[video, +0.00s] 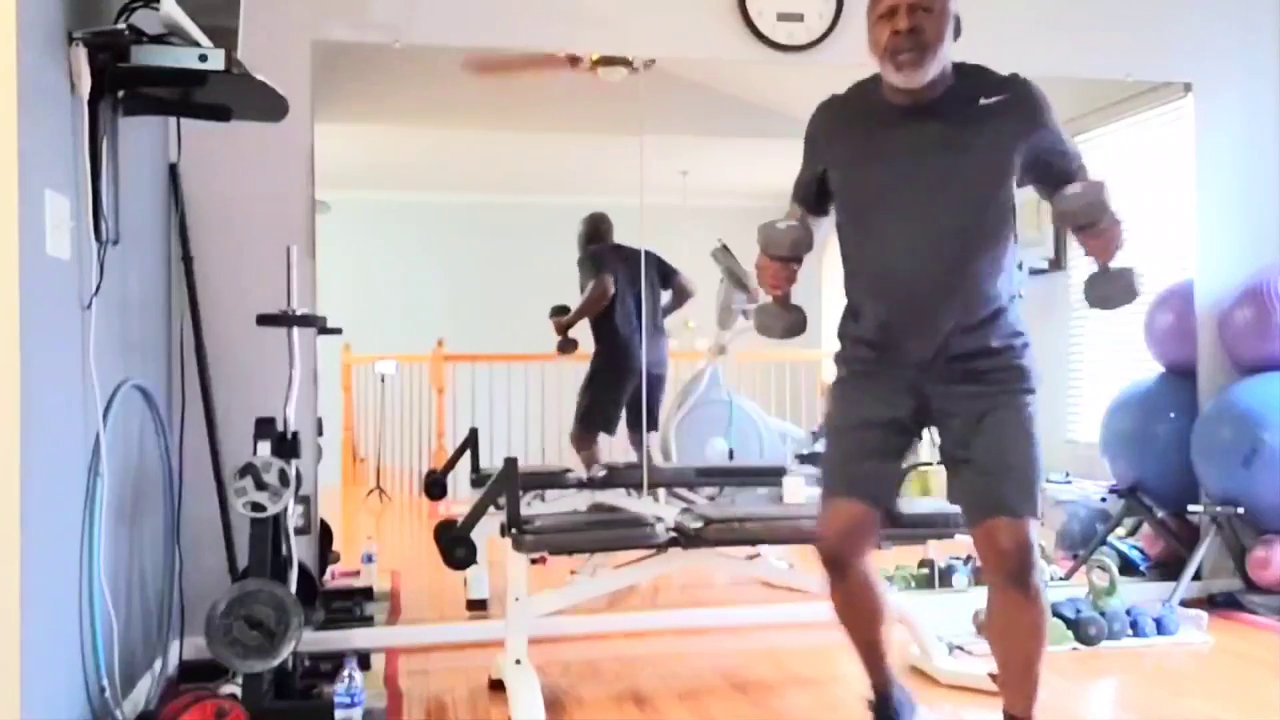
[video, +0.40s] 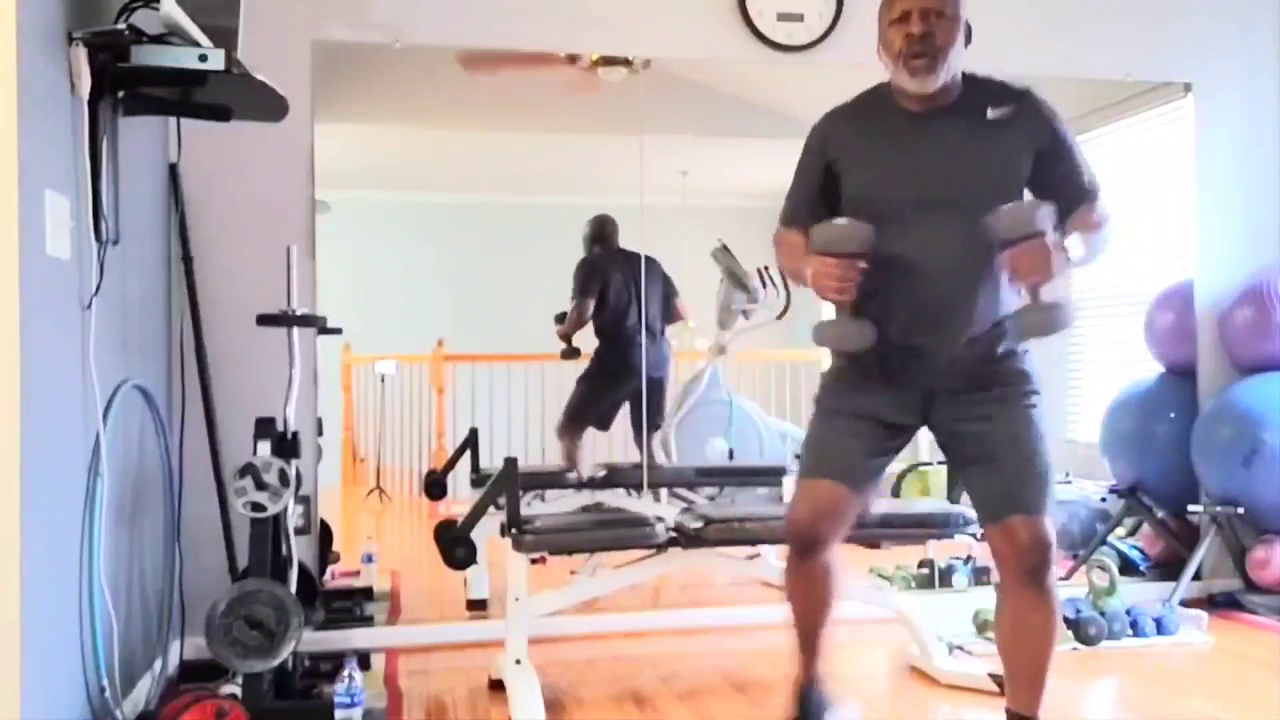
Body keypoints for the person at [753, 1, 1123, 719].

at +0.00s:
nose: (903, 25)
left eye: (921, 9)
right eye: (887, 11)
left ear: (953, 20)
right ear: (867, 26)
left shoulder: (1012, 104)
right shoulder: (836, 121)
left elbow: (1073, 191)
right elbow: (802, 216)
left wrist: (1096, 227)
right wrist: (778, 259)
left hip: (985, 360)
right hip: (874, 362)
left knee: (1010, 549)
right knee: (840, 541)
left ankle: (1019, 713)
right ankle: (886, 696)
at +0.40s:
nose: (917, 30)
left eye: (933, 16)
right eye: (900, 17)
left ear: (963, 27)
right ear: (880, 33)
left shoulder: (1022, 117)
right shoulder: (840, 130)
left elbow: (1090, 218)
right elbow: (789, 239)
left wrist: (1061, 250)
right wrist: (810, 268)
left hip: (986, 373)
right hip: (872, 371)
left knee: (1028, 549)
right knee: (807, 531)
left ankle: (1024, 713)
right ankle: (809, 684)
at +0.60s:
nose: (882, 116)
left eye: (897, 103)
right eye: (867, 104)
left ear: (925, 118)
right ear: (845, 121)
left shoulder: (975, 202)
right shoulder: (805, 209)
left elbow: (1032, 335)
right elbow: (765, 341)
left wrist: (980, 321)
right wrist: (819, 334)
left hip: (952, 428)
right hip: (837, 426)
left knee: (1059, 575)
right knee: (749, 566)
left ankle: (1029, 715)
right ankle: (726, 714)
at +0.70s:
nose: (858, 130)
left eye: (874, 116)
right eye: (843, 117)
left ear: (903, 131)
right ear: (822, 135)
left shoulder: (952, 211)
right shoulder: (785, 220)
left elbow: (1003, 345)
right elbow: (741, 353)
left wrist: (959, 337)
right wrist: (799, 341)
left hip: (934, 433)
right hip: (818, 435)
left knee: (1055, 572)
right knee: (734, 574)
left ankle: (1027, 715)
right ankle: (723, 715)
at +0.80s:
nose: (825, 110)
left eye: (840, 97)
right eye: (811, 98)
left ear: (869, 109)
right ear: (789, 112)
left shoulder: (920, 187)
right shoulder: (751, 203)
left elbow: (982, 321)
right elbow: (704, 326)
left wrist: (939, 314)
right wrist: (751, 322)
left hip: (902, 416)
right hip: (786, 417)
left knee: (1009, 565)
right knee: (724, 570)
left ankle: (1016, 716)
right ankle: (721, 715)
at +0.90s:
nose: (796, 61)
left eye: (812, 46)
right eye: (781, 48)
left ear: (842, 56)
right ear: (760, 62)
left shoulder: (894, 142)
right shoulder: (726, 155)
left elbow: (955, 250)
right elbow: (674, 265)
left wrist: (934, 267)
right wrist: (702, 282)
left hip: (867, 376)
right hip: (758, 380)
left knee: (946, 538)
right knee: (717, 555)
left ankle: (975, 703)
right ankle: (718, 713)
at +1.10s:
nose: (763, 22)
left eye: (782, 7)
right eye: (747, 8)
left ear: (814, 18)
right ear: (727, 23)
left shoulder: (865, 110)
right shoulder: (695, 121)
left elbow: (916, 201)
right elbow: (642, 218)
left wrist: (934, 221)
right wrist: (630, 249)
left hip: (820, 366)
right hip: (714, 367)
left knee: (857, 559)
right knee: (701, 549)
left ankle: (813, 711)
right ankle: (714, 712)